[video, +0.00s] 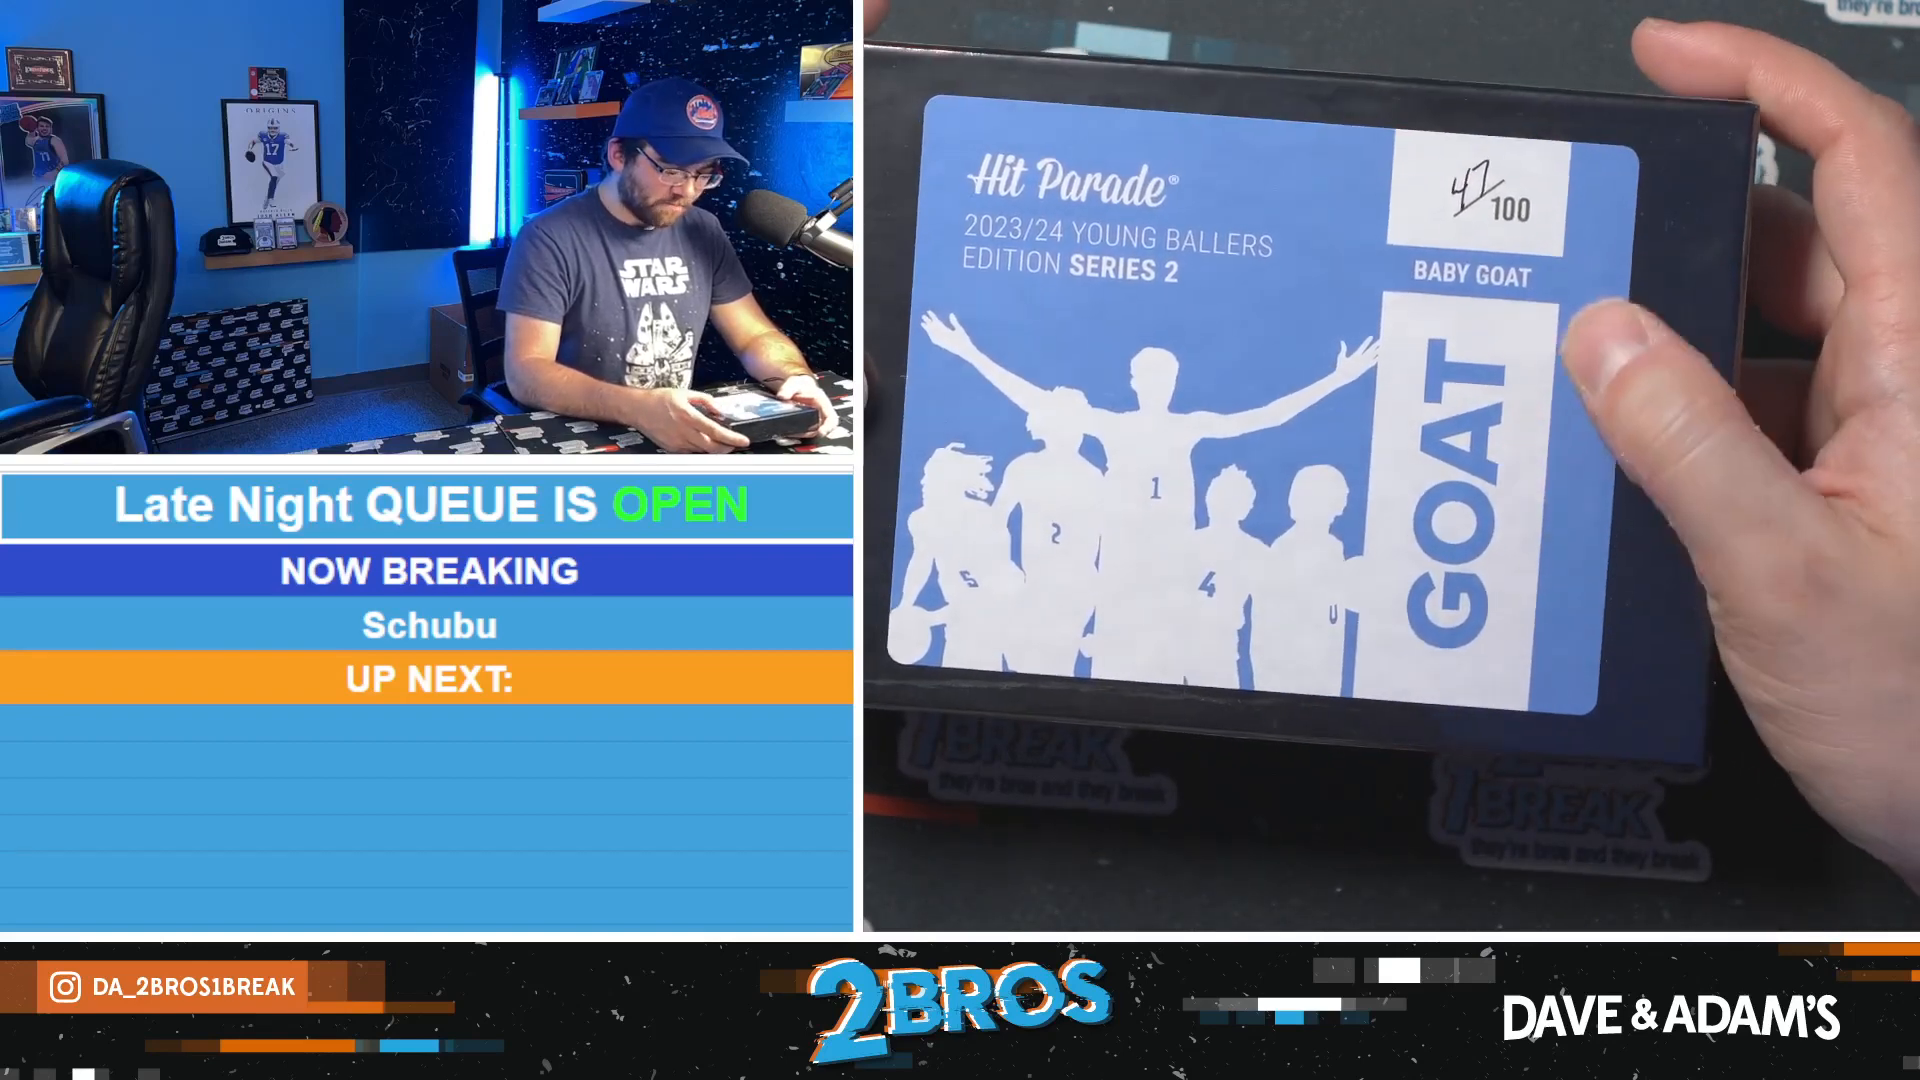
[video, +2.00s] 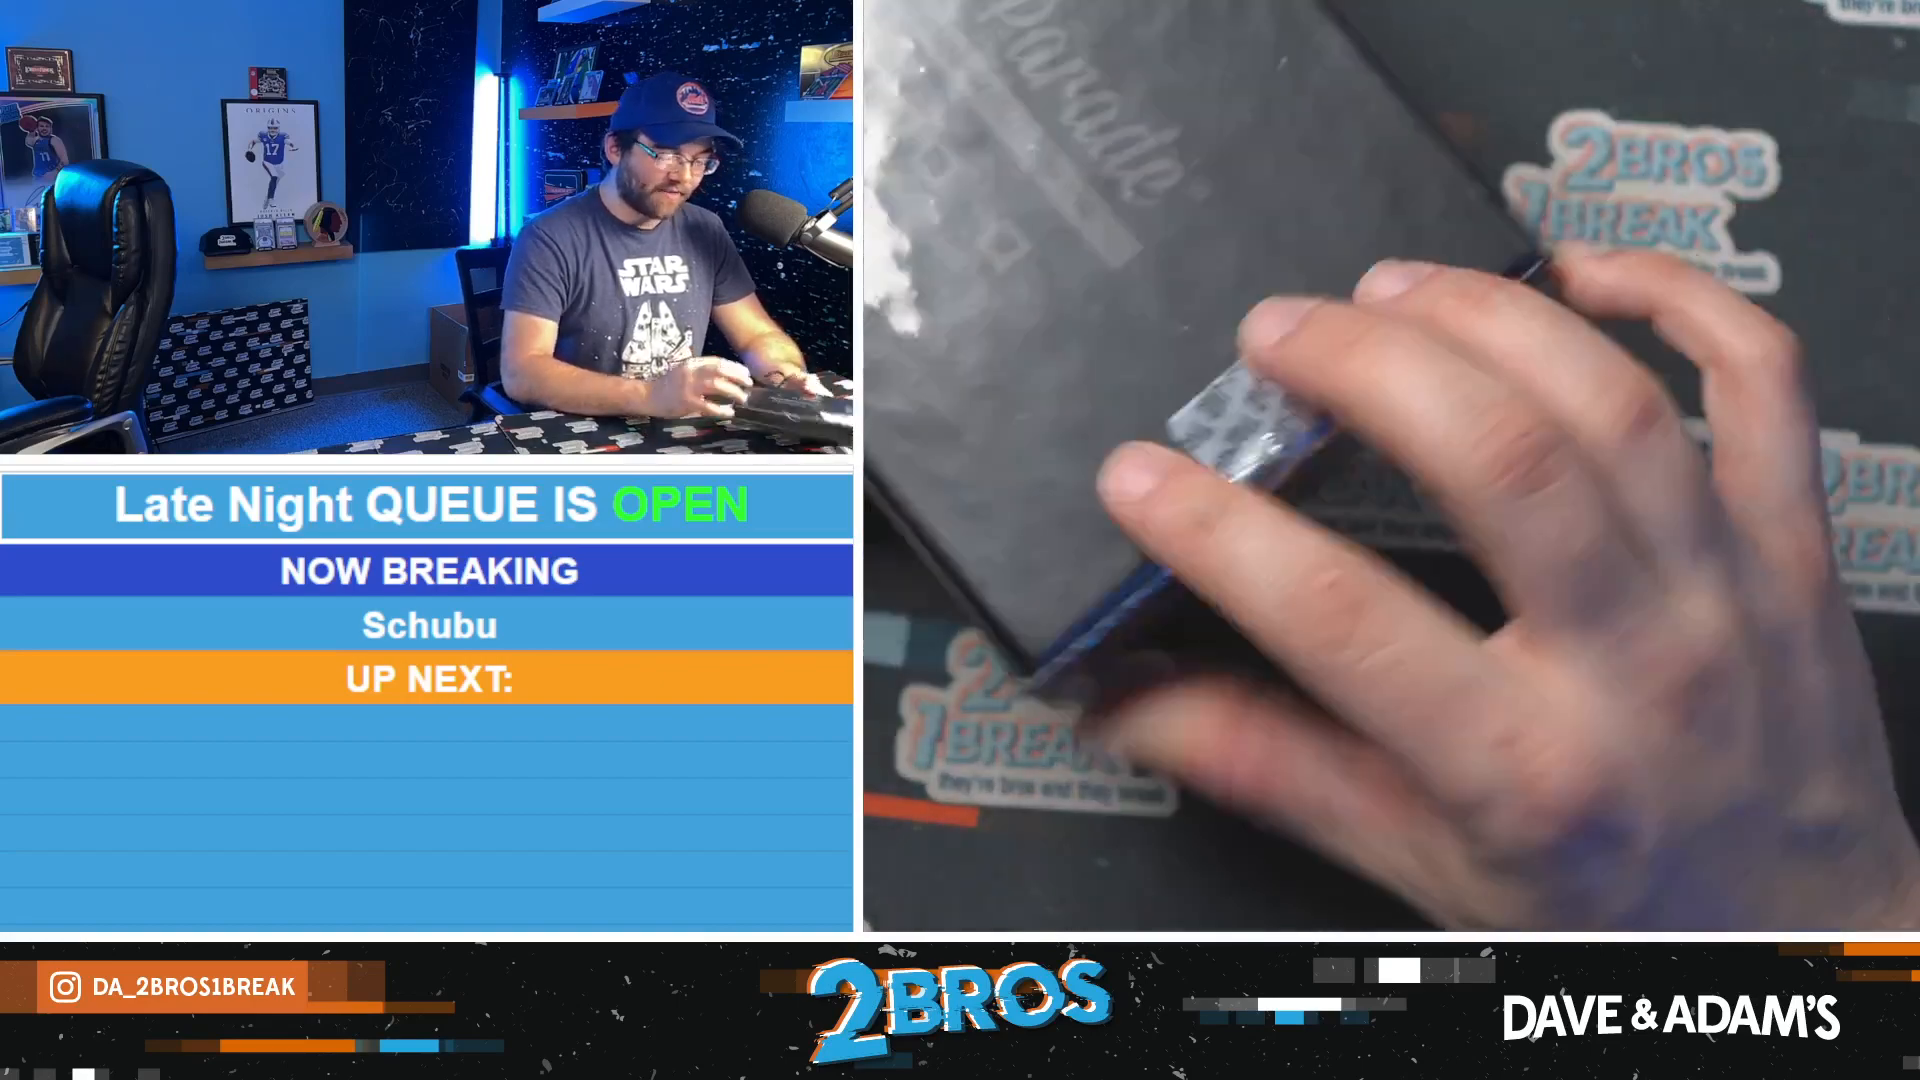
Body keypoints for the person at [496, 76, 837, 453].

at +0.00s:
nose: (688, 190)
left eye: (703, 173)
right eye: (671, 169)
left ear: (715, 170)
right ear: (618, 156)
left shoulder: (702, 232)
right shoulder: (553, 237)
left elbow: (756, 335)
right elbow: (528, 373)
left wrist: (795, 375)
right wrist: (640, 407)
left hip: (681, 458)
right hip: (577, 464)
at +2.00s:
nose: (684, 174)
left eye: (698, 158)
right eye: (666, 152)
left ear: (709, 162)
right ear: (615, 148)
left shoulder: (704, 231)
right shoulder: (550, 237)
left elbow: (758, 335)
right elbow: (523, 372)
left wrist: (781, 371)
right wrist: (649, 394)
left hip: (686, 455)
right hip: (580, 459)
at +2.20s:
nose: (659, 160)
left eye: (679, 145)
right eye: (642, 140)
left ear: (695, 157)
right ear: (605, 144)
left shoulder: (705, 231)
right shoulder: (552, 238)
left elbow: (757, 334)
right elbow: (523, 373)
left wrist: (793, 372)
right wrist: (612, 384)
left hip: (683, 449)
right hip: (577, 458)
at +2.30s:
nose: (648, 156)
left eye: (670, 141)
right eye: (631, 137)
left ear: (691, 155)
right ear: (602, 144)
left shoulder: (704, 230)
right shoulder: (548, 237)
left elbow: (762, 331)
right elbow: (515, 365)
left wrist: (795, 367)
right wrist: (565, 389)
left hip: (683, 456)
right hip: (580, 464)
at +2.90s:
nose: (604, 151)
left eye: (629, 137)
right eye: (599, 135)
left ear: (680, 153)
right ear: (590, 138)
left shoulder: (709, 233)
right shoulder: (551, 232)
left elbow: (775, 340)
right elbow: (520, 348)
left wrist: (753, 371)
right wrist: (535, 435)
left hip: (682, 448)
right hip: (582, 452)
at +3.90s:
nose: (652, 169)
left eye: (675, 154)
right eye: (637, 147)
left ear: (701, 160)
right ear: (613, 145)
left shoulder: (708, 236)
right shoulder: (552, 235)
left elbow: (771, 341)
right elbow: (503, 344)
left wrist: (760, 376)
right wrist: (509, 401)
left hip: (677, 456)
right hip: (570, 456)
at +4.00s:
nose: (665, 176)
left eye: (687, 161)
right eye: (650, 153)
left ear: (703, 167)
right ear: (614, 145)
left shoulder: (708, 235)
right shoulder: (550, 235)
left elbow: (771, 341)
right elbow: (501, 351)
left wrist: (759, 376)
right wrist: (548, 386)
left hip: (678, 457)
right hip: (575, 463)